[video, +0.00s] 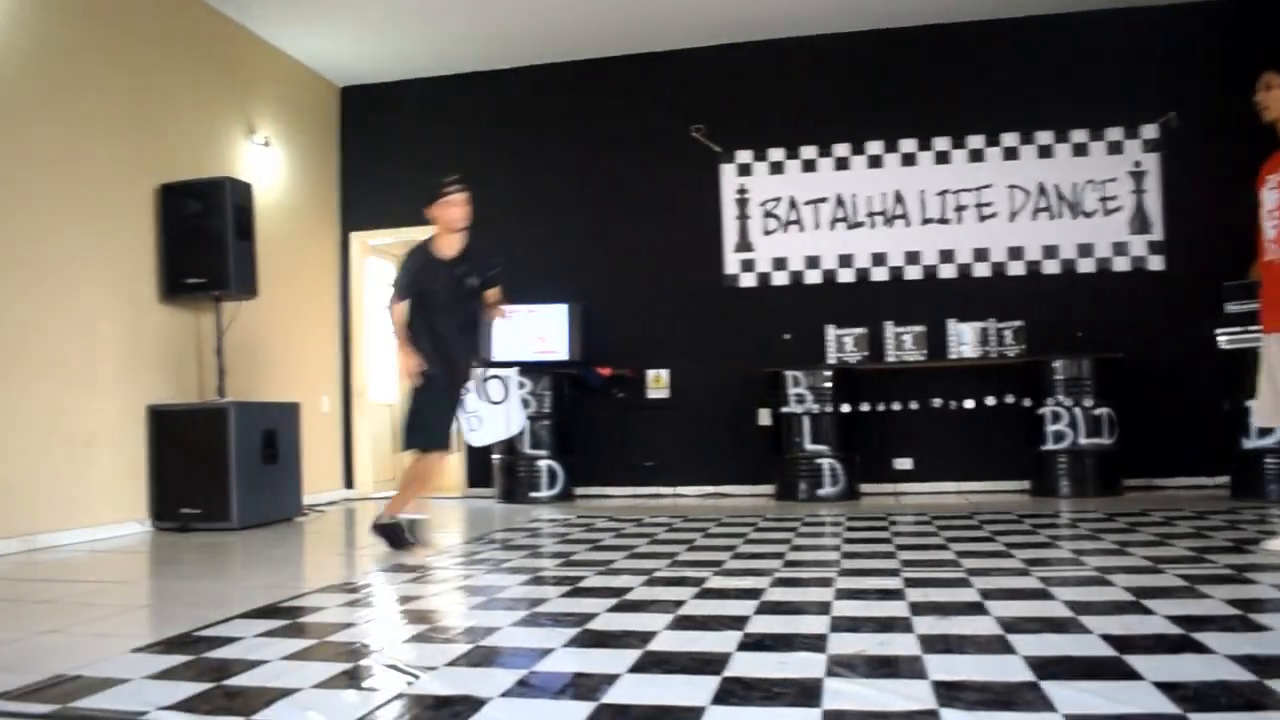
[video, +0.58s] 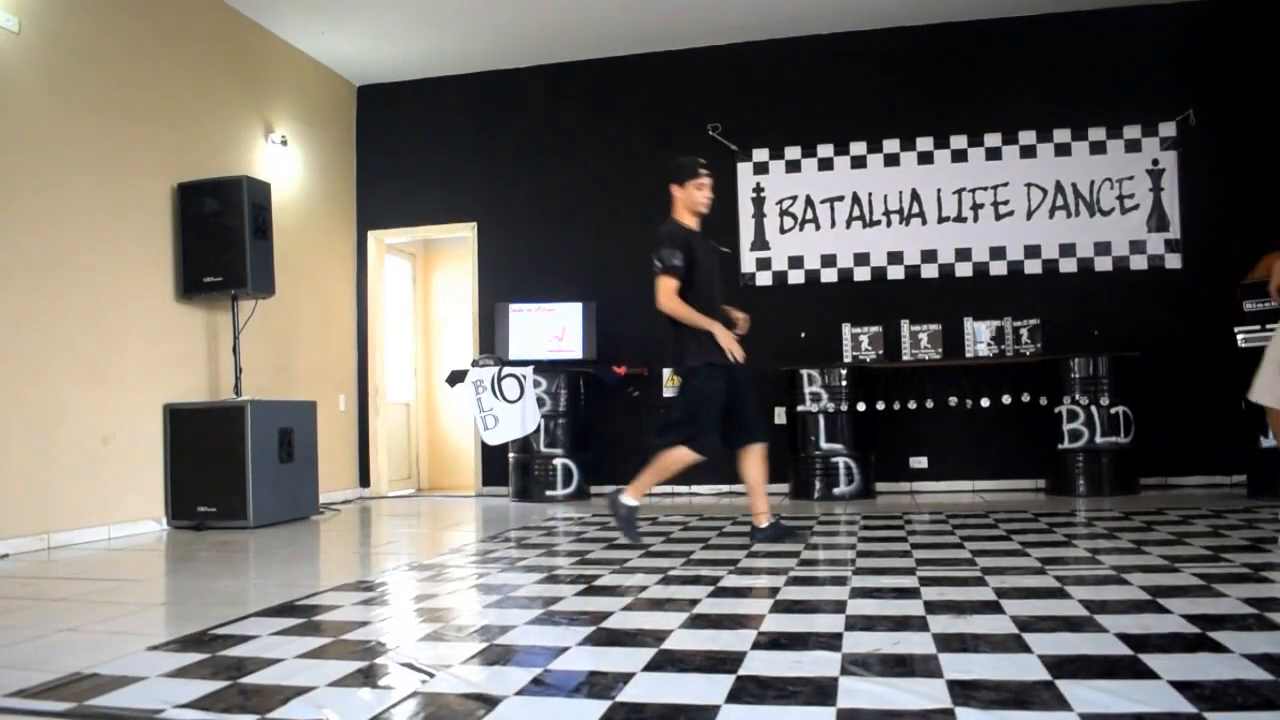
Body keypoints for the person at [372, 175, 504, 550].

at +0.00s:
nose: (461, 211)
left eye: (464, 203)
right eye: (451, 204)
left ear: (471, 209)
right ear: (433, 213)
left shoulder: (479, 256)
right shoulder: (418, 258)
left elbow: (492, 303)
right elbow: (398, 306)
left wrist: (500, 315)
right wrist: (405, 348)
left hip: (460, 357)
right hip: (427, 356)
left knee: (434, 443)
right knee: (431, 443)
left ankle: (392, 515)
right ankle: (397, 514)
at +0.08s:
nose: (506, 192)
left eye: (509, 185)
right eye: (496, 185)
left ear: (514, 192)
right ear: (477, 194)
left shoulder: (519, 240)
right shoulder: (463, 242)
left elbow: (534, 287)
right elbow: (432, 292)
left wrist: (542, 300)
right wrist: (453, 338)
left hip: (505, 349)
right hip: (477, 348)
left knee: (473, 434)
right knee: (499, 432)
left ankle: (422, 501)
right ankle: (503, 520)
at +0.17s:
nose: (556, 193)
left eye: (558, 187)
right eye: (546, 186)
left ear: (560, 193)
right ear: (524, 192)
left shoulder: (556, 246)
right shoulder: (508, 243)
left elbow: (566, 289)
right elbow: (483, 297)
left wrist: (579, 314)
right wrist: (506, 342)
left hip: (551, 352)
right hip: (525, 353)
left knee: (526, 436)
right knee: (560, 432)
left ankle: (467, 494)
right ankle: (580, 522)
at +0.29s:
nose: (606, 204)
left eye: (609, 197)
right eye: (597, 197)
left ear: (610, 202)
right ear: (575, 202)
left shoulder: (602, 254)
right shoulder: (564, 250)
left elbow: (602, 310)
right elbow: (544, 305)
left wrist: (612, 347)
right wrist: (589, 347)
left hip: (599, 361)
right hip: (580, 363)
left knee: (597, 448)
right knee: (609, 445)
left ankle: (546, 502)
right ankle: (587, 526)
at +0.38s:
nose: (637, 196)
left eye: (639, 189)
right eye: (628, 189)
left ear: (638, 194)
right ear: (606, 193)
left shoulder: (626, 240)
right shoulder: (599, 239)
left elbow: (621, 299)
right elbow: (581, 296)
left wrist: (645, 328)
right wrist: (635, 324)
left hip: (636, 356)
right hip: (611, 358)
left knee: (652, 440)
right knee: (618, 440)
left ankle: (620, 518)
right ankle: (586, 523)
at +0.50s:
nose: (680, 186)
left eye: (682, 179)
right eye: (671, 179)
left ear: (679, 184)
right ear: (648, 183)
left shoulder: (669, 231)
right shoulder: (644, 229)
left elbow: (666, 290)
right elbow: (633, 288)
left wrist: (692, 322)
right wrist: (687, 311)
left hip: (686, 349)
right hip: (661, 351)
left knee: (708, 429)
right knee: (651, 433)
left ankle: (726, 517)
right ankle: (605, 507)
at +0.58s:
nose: (708, 195)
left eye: (710, 188)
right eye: (699, 188)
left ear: (708, 192)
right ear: (676, 191)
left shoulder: (702, 240)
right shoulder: (672, 237)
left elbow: (702, 299)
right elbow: (666, 300)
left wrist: (728, 313)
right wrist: (716, 328)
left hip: (724, 353)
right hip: (698, 356)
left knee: (752, 433)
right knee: (700, 440)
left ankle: (763, 523)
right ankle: (627, 498)